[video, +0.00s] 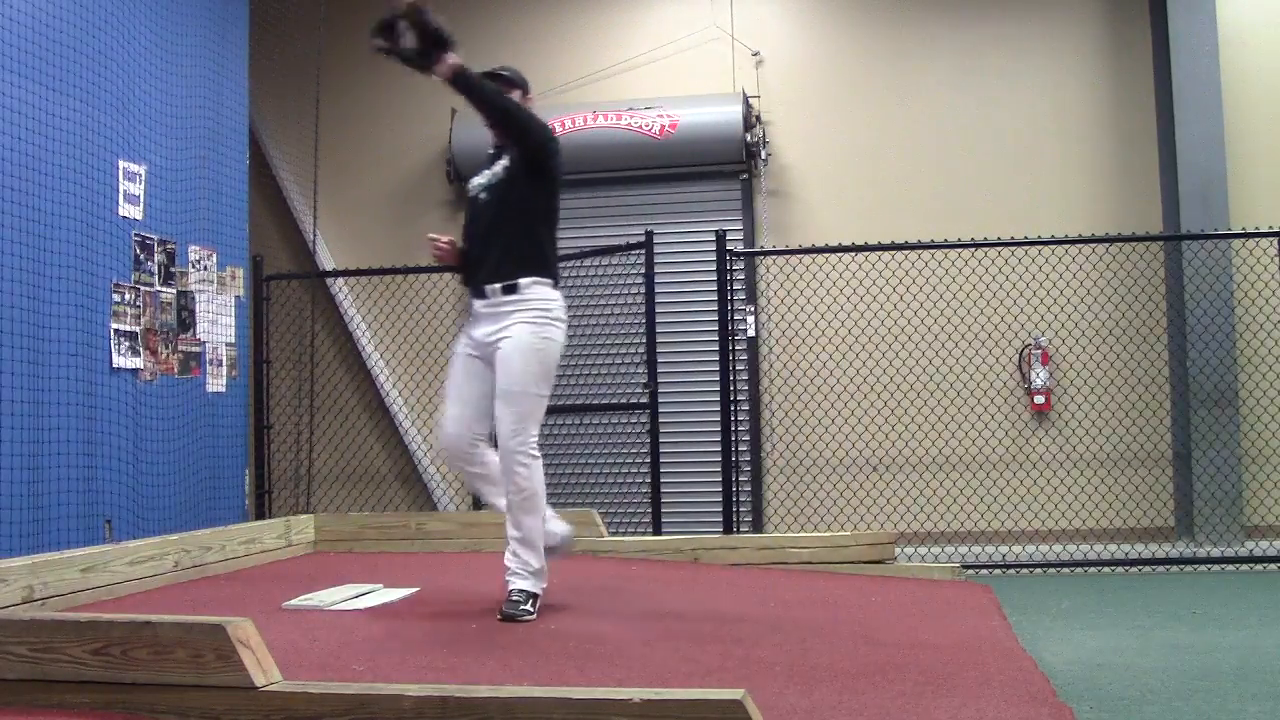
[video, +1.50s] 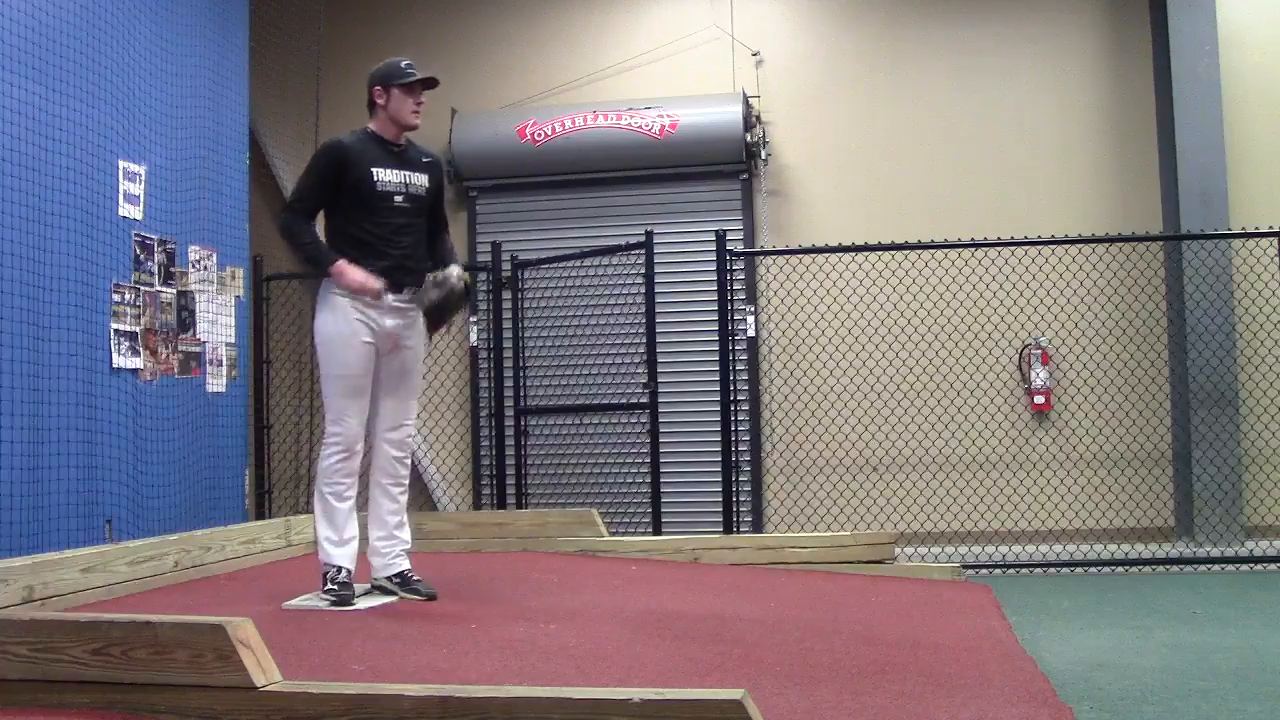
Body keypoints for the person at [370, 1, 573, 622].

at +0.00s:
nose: (497, 110)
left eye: (506, 99)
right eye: (488, 102)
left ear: (528, 102)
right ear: (479, 111)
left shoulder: (543, 152)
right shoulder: (482, 179)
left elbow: (509, 115)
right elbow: (492, 256)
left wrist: (447, 67)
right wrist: (459, 256)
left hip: (529, 312)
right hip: (480, 318)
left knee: (517, 444)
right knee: (457, 439)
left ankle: (524, 580)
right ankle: (546, 528)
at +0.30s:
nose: (422, 111)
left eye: (432, 101)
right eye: (416, 104)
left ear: (458, 107)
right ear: (412, 114)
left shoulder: (481, 157)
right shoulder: (409, 179)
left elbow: (489, 212)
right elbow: (422, 259)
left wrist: (413, 198)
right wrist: (390, 258)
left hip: (478, 317)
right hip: (418, 320)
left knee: (491, 447)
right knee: (376, 442)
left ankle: (522, 581)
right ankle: (344, 565)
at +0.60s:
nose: (373, 137)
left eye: (383, 128)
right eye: (365, 128)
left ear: (403, 118)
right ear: (353, 121)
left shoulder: (437, 164)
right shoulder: (338, 172)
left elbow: (468, 223)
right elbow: (317, 238)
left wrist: (451, 247)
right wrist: (327, 282)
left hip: (432, 314)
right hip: (366, 314)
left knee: (451, 433)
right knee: (357, 442)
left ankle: (450, 568)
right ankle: (344, 565)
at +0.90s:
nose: (414, 132)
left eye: (423, 124)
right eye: (406, 123)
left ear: (434, 121)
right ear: (386, 114)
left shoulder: (445, 172)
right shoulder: (351, 161)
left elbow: (454, 237)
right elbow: (307, 224)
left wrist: (467, 276)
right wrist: (321, 279)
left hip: (419, 318)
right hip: (358, 314)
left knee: (413, 444)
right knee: (356, 440)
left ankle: (394, 563)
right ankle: (342, 562)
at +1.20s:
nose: (442, 110)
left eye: (444, 102)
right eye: (432, 101)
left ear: (439, 109)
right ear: (401, 103)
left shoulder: (445, 173)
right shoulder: (354, 154)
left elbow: (446, 242)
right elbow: (301, 217)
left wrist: (445, 295)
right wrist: (321, 278)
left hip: (415, 314)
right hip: (354, 307)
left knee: (400, 441)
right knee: (350, 436)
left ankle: (391, 564)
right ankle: (337, 563)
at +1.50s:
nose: (421, 101)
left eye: (423, 93)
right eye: (411, 93)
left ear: (416, 102)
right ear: (380, 97)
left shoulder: (429, 166)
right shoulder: (341, 153)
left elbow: (437, 231)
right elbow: (293, 218)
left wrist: (448, 276)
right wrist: (336, 267)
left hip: (408, 311)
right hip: (349, 308)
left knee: (396, 440)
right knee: (345, 437)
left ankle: (391, 564)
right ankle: (337, 564)